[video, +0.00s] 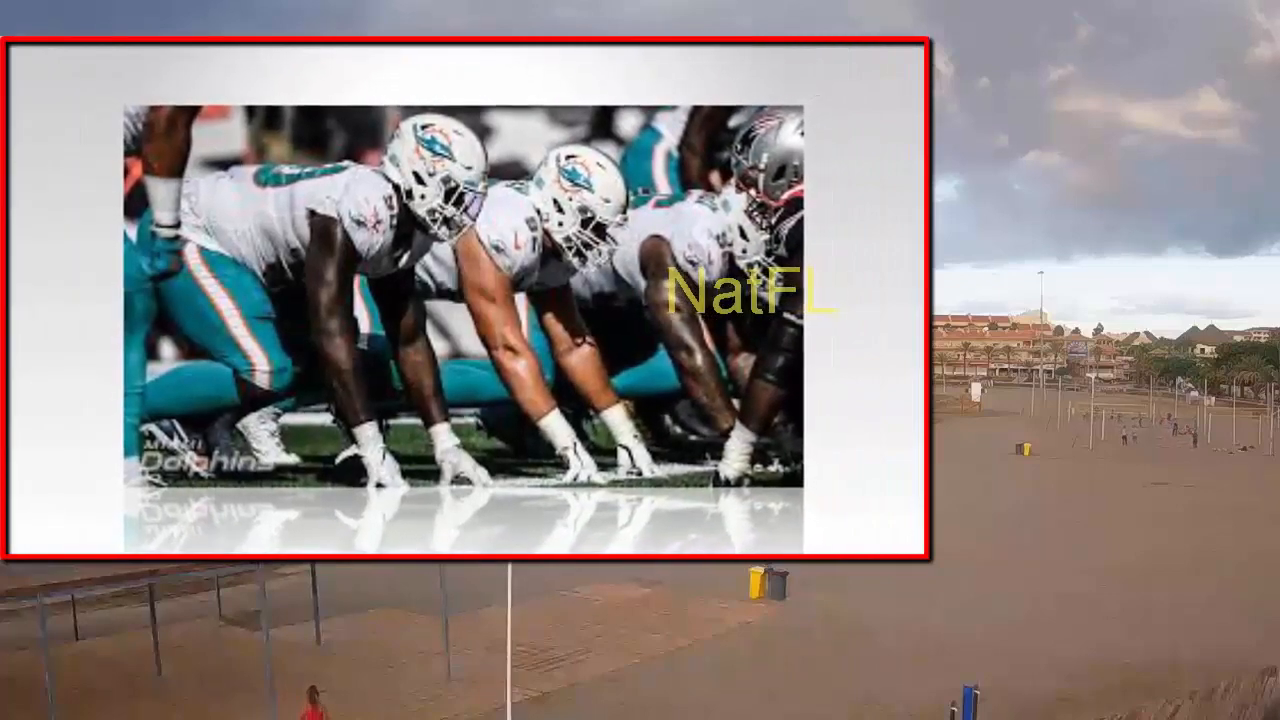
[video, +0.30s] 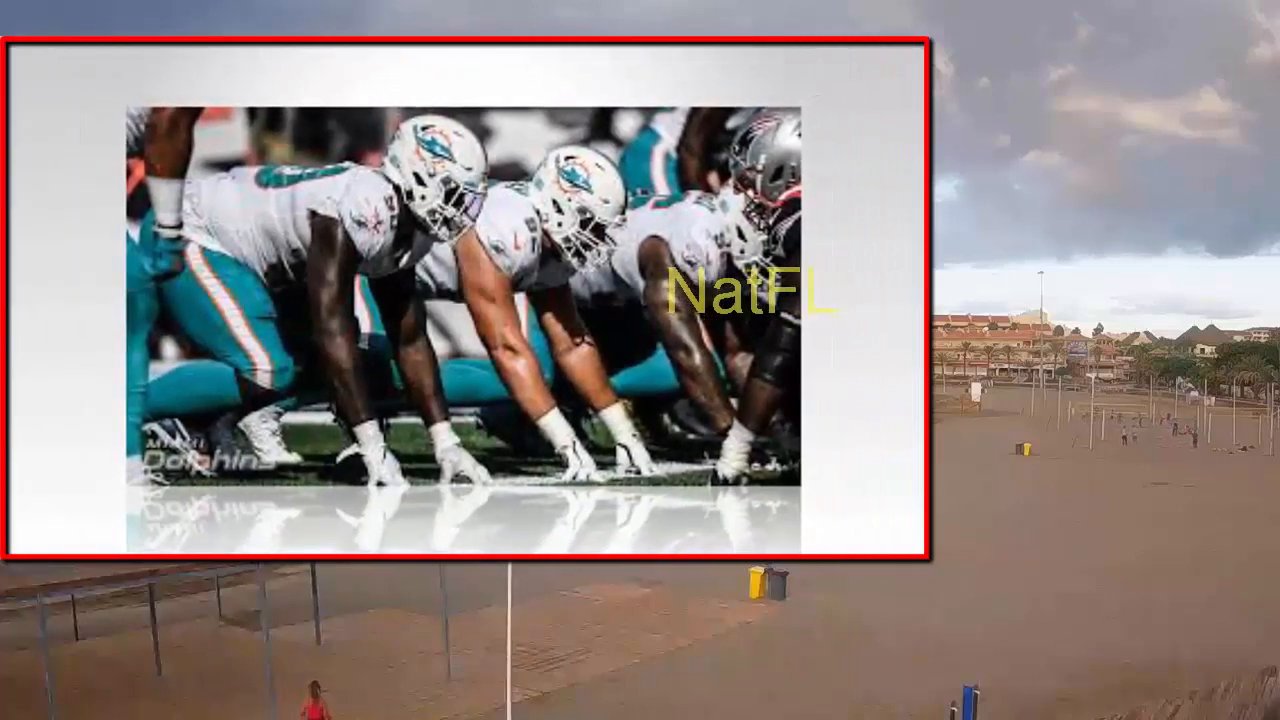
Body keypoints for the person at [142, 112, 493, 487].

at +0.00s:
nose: (459, 204)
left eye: (467, 192)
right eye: (451, 186)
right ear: (416, 168)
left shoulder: (400, 228)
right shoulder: (356, 204)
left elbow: (411, 339)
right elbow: (330, 331)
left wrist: (445, 443)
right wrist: (371, 446)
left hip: (251, 254)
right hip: (196, 238)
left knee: (310, 364)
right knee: (265, 371)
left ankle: (191, 423)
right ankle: (112, 411)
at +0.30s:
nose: (459, 204)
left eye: (467, 193)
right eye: (451, 187)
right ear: (417, 169)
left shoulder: (400, 228)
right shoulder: (355, 205)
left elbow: (412, 339)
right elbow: (330, 330)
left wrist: (445, 442)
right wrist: (372, 445)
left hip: (250, 254)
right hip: (197, 239)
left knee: (310, 364)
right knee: (266, 370)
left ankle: (195, 423)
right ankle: (114, 411)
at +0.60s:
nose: (459, 206)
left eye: (467, 195)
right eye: (452, 189)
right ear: (418, 171)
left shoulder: (400, 228)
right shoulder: (357, 205)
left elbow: (412, 339)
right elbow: (331, 330)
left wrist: (445, 441)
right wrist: (372, 444)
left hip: (251, 252)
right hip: (199, 237)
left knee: (312, 364)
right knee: (268, 370)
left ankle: (196, 422)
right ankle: (118, 408)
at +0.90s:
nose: (459, 206)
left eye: (467, 195)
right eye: (451, 189)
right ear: (418, 170)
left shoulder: (401, 229)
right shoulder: (359, 204)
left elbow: (412, 339)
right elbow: (332, 329)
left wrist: (445, 441)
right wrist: (373, 443)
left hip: (252, 254)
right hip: (201, 238)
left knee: (309, 364)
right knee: (269, 370)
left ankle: (196, 421)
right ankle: (120, 408)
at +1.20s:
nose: (459, 207)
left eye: (466, 196)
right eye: (452, 190)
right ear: (418, 170)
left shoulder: (402, 230)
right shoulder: (361, 206)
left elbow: (413, 339)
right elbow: (333, 328)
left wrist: (446, 440)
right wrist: (374, 442)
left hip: (255, 254)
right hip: (204, 239)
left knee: (314, 362)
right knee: (271, 369)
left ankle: (198, 419)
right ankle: (122, 408)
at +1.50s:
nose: (457, 207)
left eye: (465, 196)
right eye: (451, 190)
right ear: (418, 173)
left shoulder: (403, 229)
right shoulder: (360, 208)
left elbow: (413, 335)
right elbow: (334, 328)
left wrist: (446, 436)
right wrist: (374, 439)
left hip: (259, 255)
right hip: (206, 238)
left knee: (319, 365)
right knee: (274, 368)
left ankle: (213, 417)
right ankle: (129, 406)